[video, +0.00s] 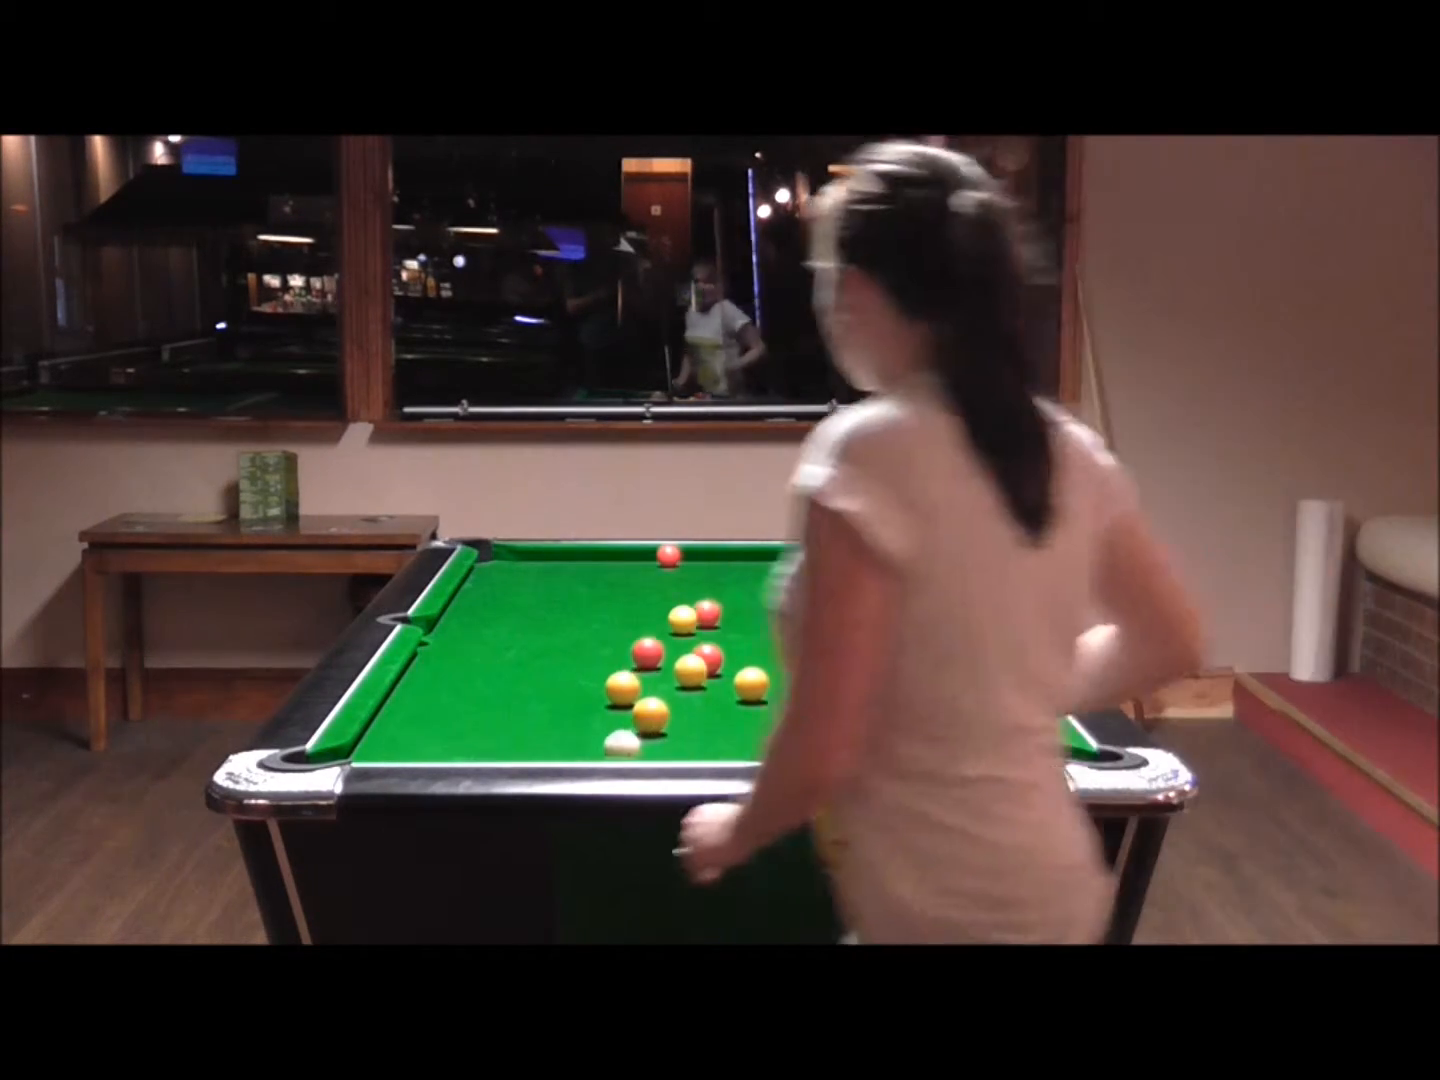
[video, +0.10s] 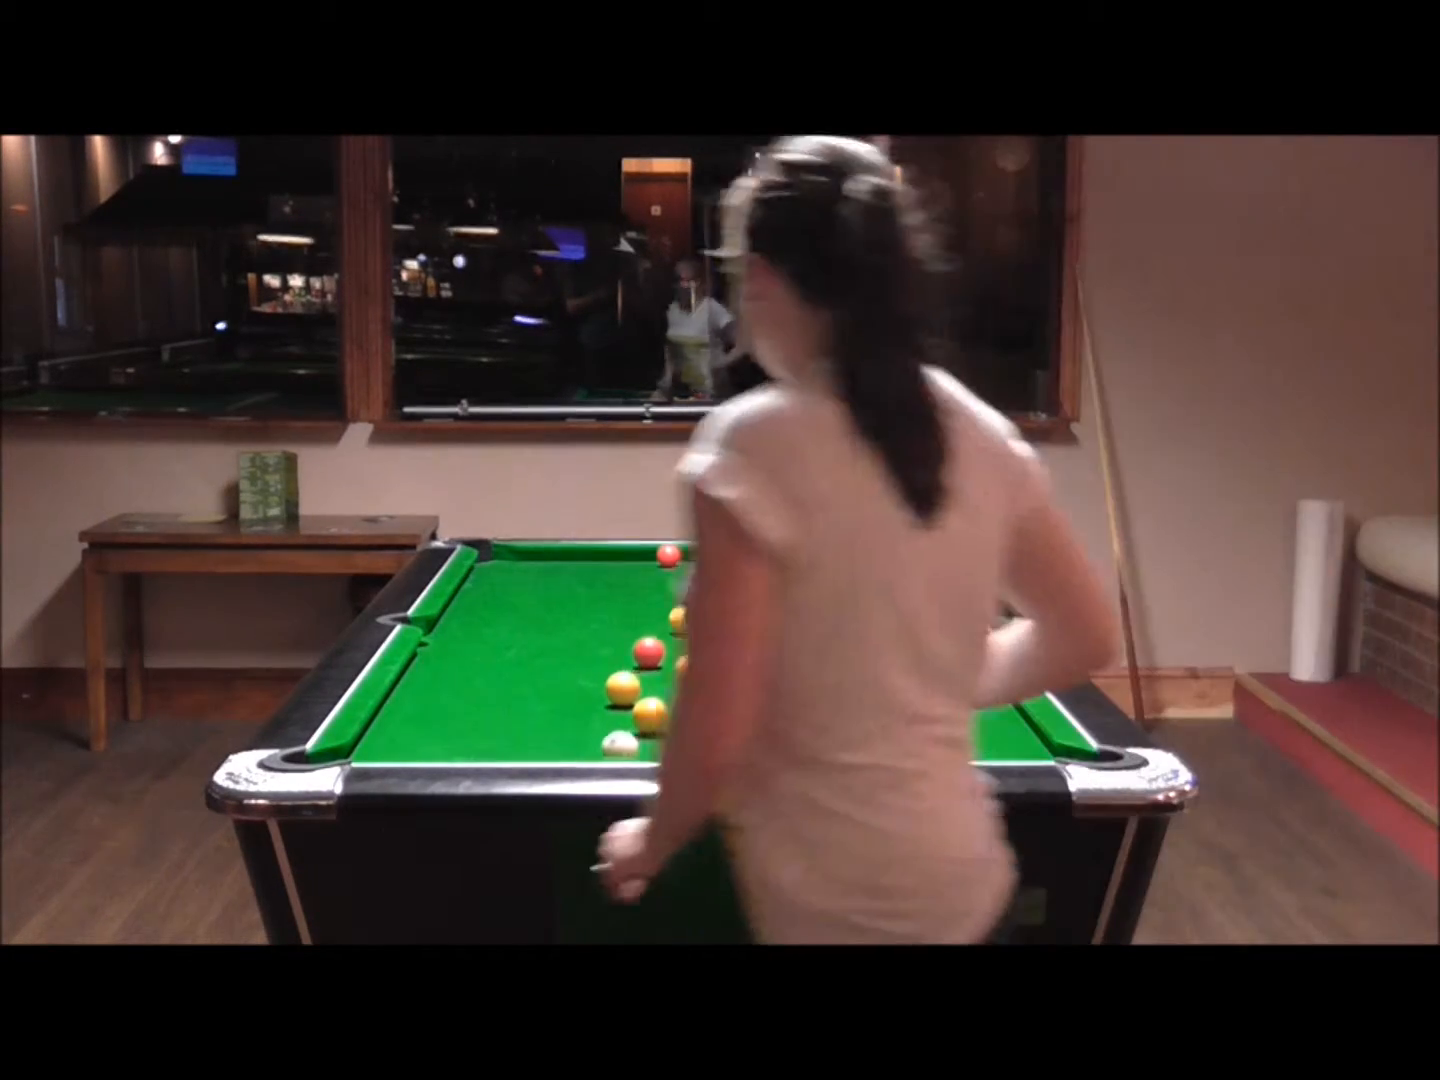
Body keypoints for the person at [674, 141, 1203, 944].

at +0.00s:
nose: (828, 308)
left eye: (830, 283)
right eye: (826, 284)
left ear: (862, 293)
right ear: (978, 283)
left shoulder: (863, 451)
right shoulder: (1068, 447)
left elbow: (824, 745)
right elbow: (1166, 636)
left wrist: (738, 830)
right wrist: (1027, 688)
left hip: (921, 894)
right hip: (1058, 874)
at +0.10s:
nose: (739, 292)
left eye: (740, 269)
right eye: (740, 268)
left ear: (765, 280)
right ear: (887, 270)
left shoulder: (751, 442)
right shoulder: (977, 430)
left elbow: (722, 710)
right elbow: (1082, 632)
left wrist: (658, 836)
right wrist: (939, 679)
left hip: (817, 872)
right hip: (960, 851)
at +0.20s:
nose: (608, 281)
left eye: (609, 256)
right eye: (607, 254)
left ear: (630, 272)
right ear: (755, 261)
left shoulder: (590, 435)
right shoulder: (846, 419)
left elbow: (562, 727)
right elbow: (955, 628)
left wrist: (518, 848)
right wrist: (823, 674)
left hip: (661, 851)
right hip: (823, 825)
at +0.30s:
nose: (515, 276)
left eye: (520, 255)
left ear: (531, 278)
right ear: (676, 270)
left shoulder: (479, 442)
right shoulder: (755, 424)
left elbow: (439, 700)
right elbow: (864, 641)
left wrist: (421, 835)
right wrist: (757, 678)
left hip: (552, 877)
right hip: (733, 863)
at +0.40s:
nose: (551, 298)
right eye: (549, 280)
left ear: (397, 283)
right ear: (530, 287)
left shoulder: (311, 452)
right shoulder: (606, 440)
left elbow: (231, 724)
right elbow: (710, 670)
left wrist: (273, 809)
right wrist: (667, 688)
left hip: (375, 891)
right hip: (569, 885)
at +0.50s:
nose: (464, 309)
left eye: (462, 286)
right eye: (460, 286)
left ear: (305, 283)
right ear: (430, 287)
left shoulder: (203, 448)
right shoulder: (505, 437)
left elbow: (115, 717)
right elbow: (615, 685)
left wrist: (233, 782)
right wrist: (646, 663)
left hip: (280, 900)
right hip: (475, 893)